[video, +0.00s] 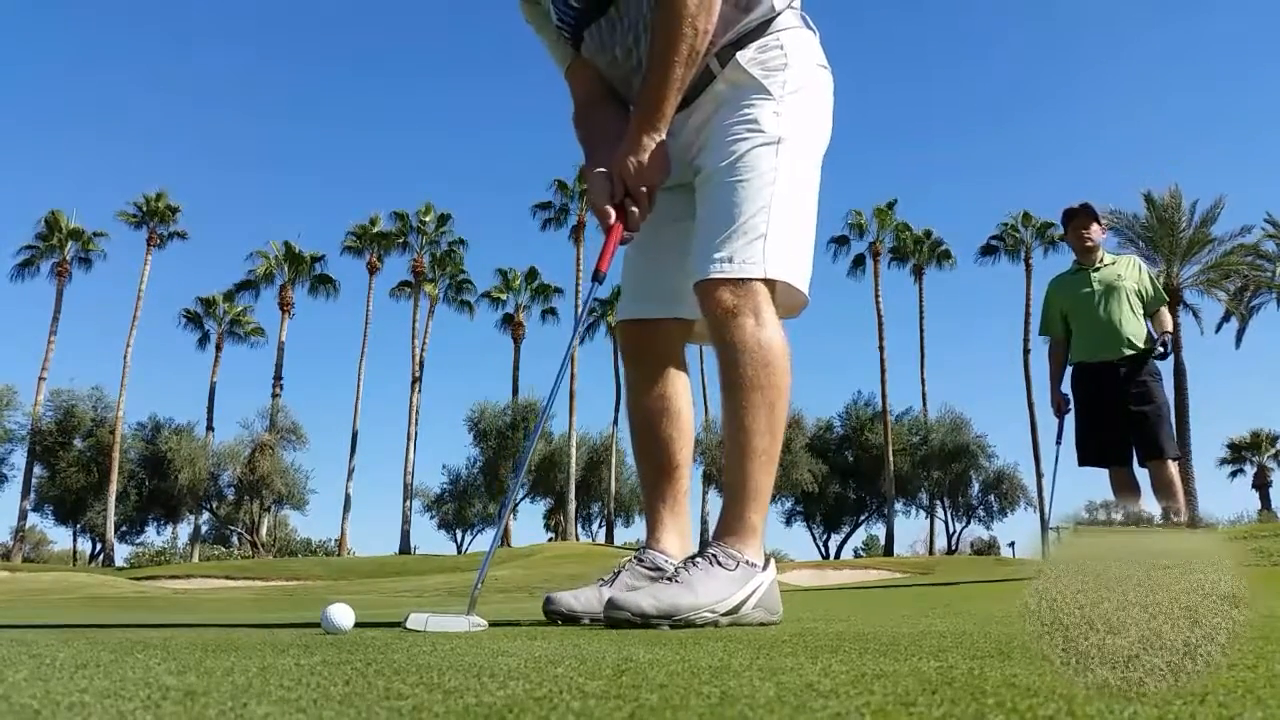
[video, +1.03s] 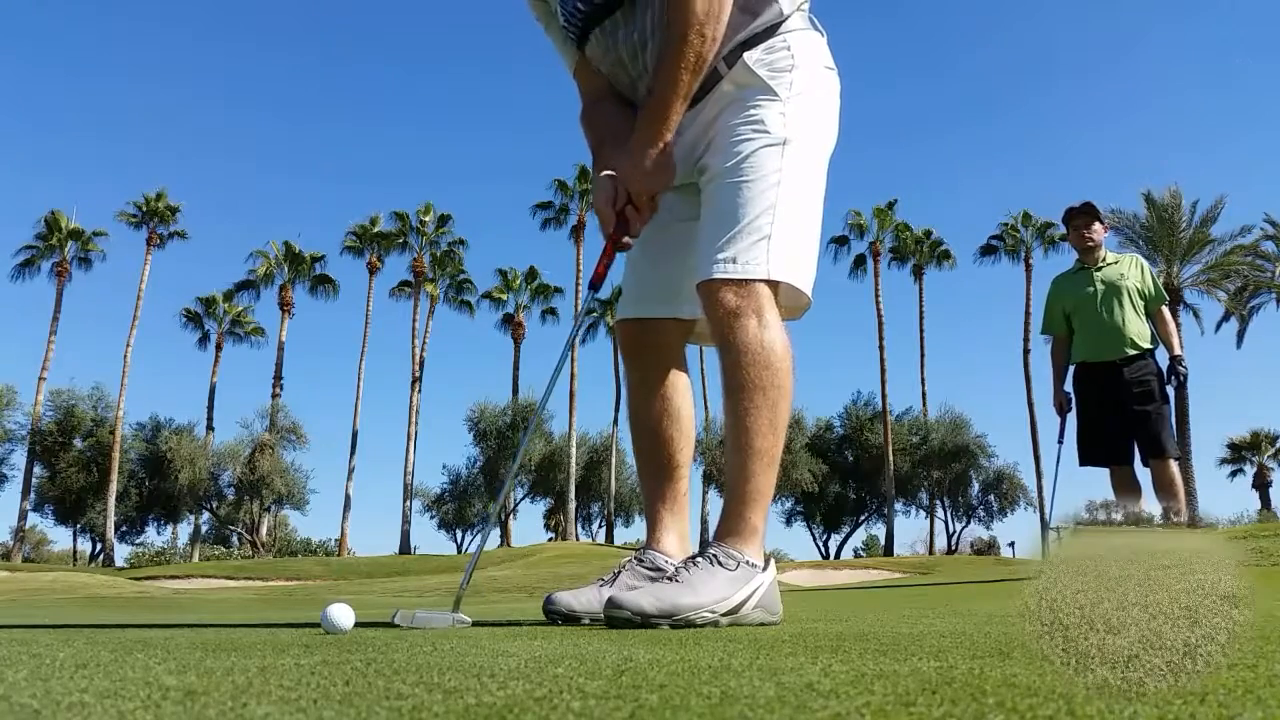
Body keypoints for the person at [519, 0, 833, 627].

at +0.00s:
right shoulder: (541, 6)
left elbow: (694, 8)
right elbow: (590, 90)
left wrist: (644, 130)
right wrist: (601, 160)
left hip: (753, 57)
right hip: (657, 109)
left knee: (734, 289)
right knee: (644, 325)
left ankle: (741, 561)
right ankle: (667, 558)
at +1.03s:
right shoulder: (549, 6)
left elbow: (703, 9)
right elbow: (597, 90)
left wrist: (649, 141)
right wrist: (609, 167)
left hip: (760, 59)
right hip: (662, 108)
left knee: (737, 289)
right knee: (644, 324)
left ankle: (742, 560)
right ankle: (666, 558)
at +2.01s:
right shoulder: (511, 6)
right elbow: (554, 81)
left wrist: (654, 68)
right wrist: (583, 117)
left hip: (717, 71)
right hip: (616, 113)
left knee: (667, 276)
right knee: (613, 330)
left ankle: (677, 547)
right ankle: (661, 552)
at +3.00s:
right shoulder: (461, 6)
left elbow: (624, 8)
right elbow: (508, 91)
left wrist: (567, 126)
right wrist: (521, 159)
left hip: (669, 66)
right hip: (571, 113)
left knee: (653, 294)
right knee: (562, 327)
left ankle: (670, 561)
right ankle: (595, 559)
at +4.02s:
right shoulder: (466, 6)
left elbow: (625, 6)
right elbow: (512, 84)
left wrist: (562, 126)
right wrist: (524, 154)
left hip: (671, 52)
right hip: (574, 101)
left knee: (639, 287)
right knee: (548, 316)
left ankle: (657, 561)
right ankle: (590, 554)